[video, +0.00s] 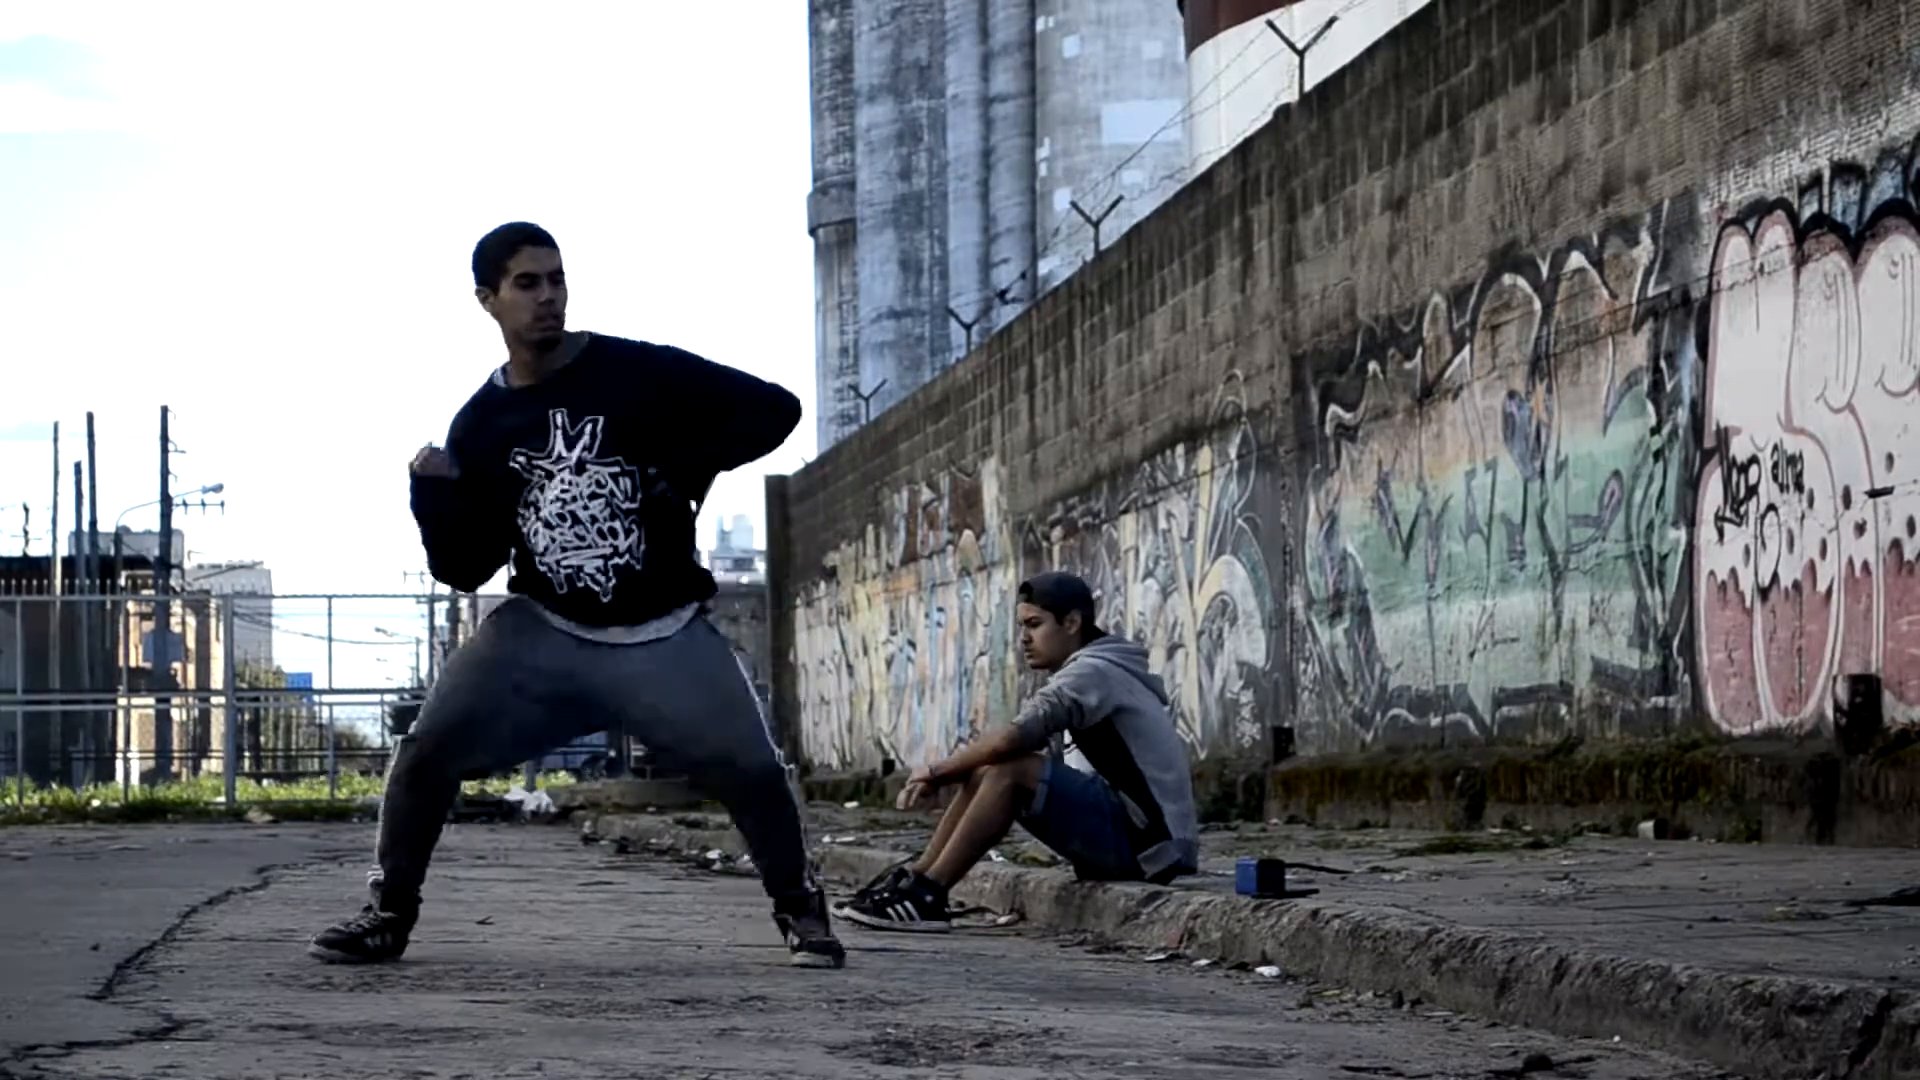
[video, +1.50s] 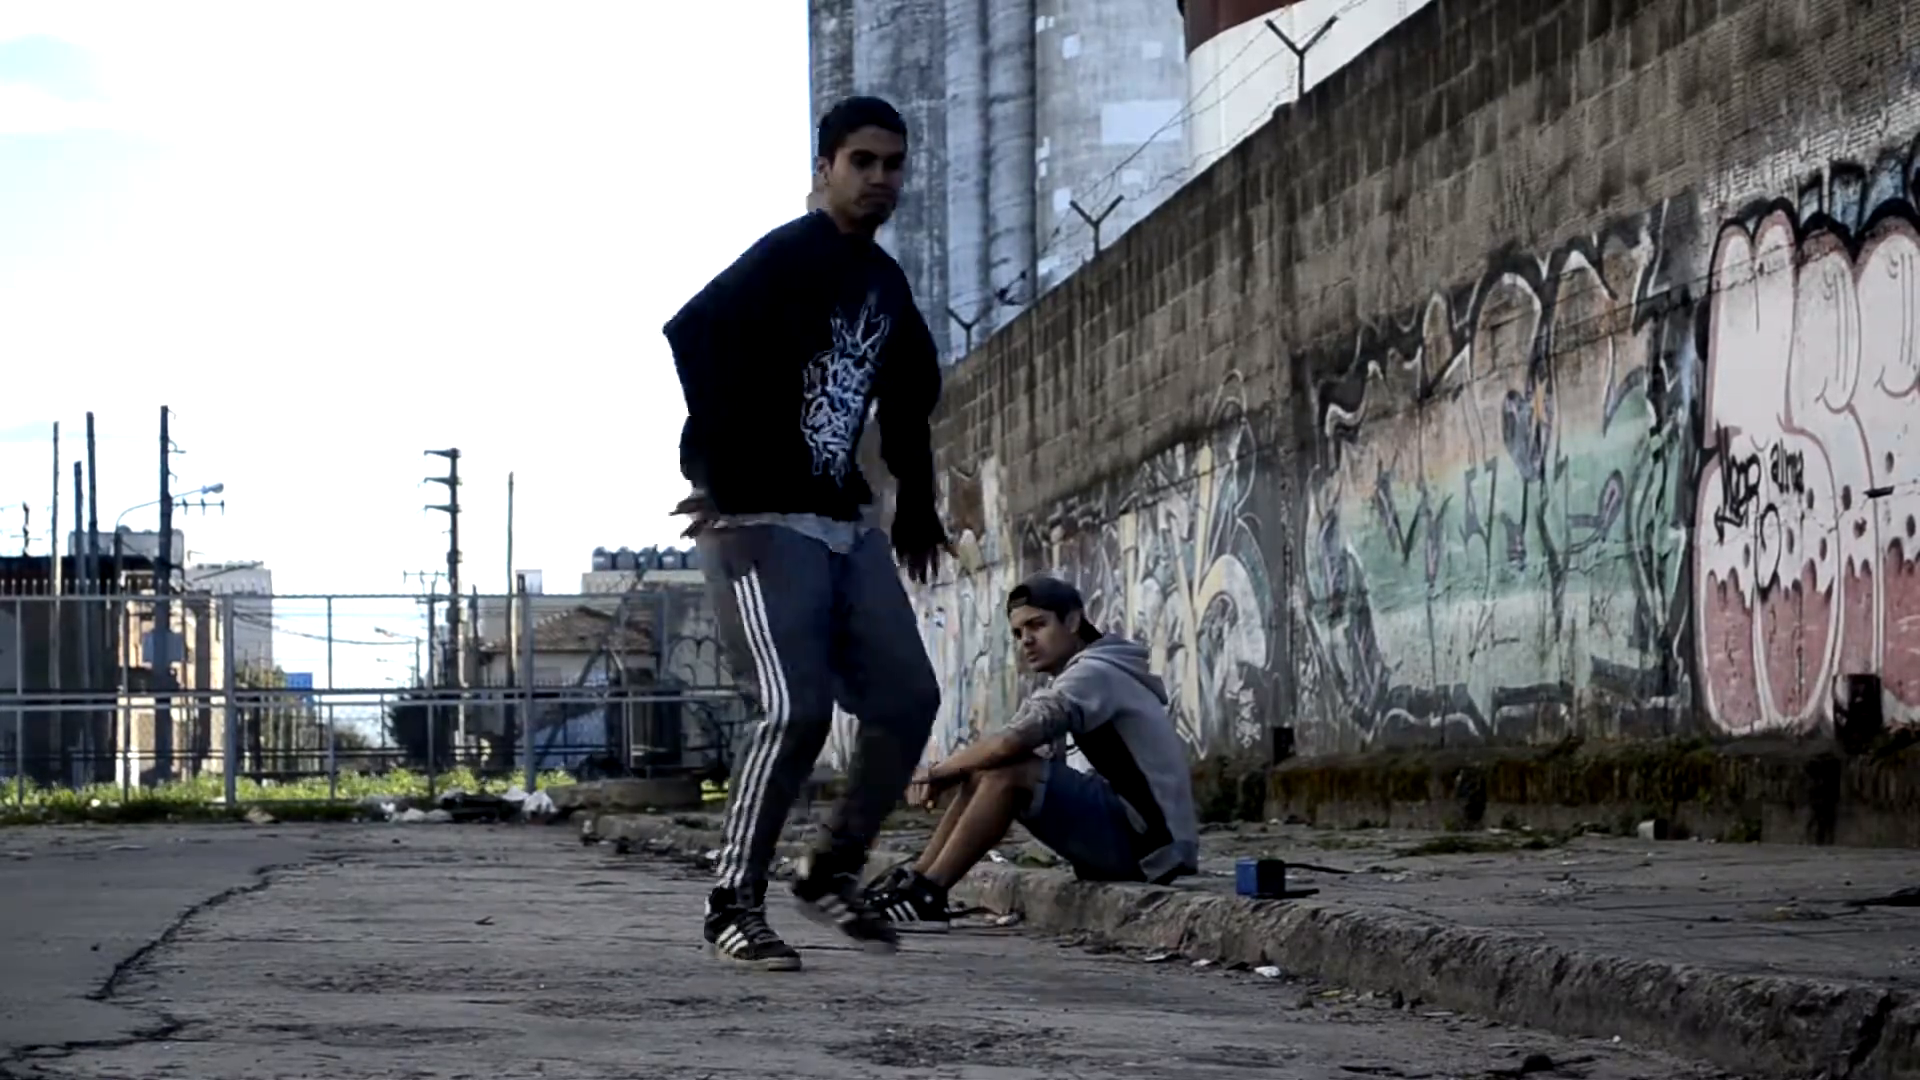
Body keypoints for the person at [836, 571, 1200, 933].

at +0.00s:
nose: (1024, 638)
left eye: (1034, 625)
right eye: (1021, 627)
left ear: (1072, 623)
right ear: (1068, 627)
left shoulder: (1094, 668)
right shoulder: (1080, 670)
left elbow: (1014, 740)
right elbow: (1014, 744)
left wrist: (936, 770)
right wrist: (944, 776)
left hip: (1149, 843)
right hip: (1125, 833)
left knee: (1010, 771)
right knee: (984, 769)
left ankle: (931, 894)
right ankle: (913, 883)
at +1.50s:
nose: (1026, 641)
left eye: (1037, 626)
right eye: (1019, 634)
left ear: (1074, 621)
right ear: (1017, 639)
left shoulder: (1096, 670)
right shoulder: (1063, 677)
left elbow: (1011, 744)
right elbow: (1007, 746)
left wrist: (935, 774)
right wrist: (943, 774)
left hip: (1149, 844)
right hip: (1119, 835)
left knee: (1007, 774)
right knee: (983, 769)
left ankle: (932, 895)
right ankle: (913, 881)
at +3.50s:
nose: (1060, 628)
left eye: (1074, 616)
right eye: (1051, 618)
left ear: (1102, 621)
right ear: (1042, 626)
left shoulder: (1111, 674)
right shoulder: (1072, 673)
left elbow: (1021, 746)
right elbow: (1002, 731)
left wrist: (937, 768)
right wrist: (941, 769)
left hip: (1152, 846)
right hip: (1122, 836)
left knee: (1014, 769)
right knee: (988, 761)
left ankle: (935, 895)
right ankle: (917, 881)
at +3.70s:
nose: (1057, 625)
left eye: (1071, 613)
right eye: (1048, 615)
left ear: (1099, 619)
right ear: (1040, 623)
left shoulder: (1107, 671)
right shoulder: (1060, 679)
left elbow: (1014, 748)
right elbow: (993, 737)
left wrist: (937, 772)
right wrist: (933, 775)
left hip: (1153, 842)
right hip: (1119, 834)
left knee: (1015, 766)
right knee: (984, 762)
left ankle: (933, 895)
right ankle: (914, 880)